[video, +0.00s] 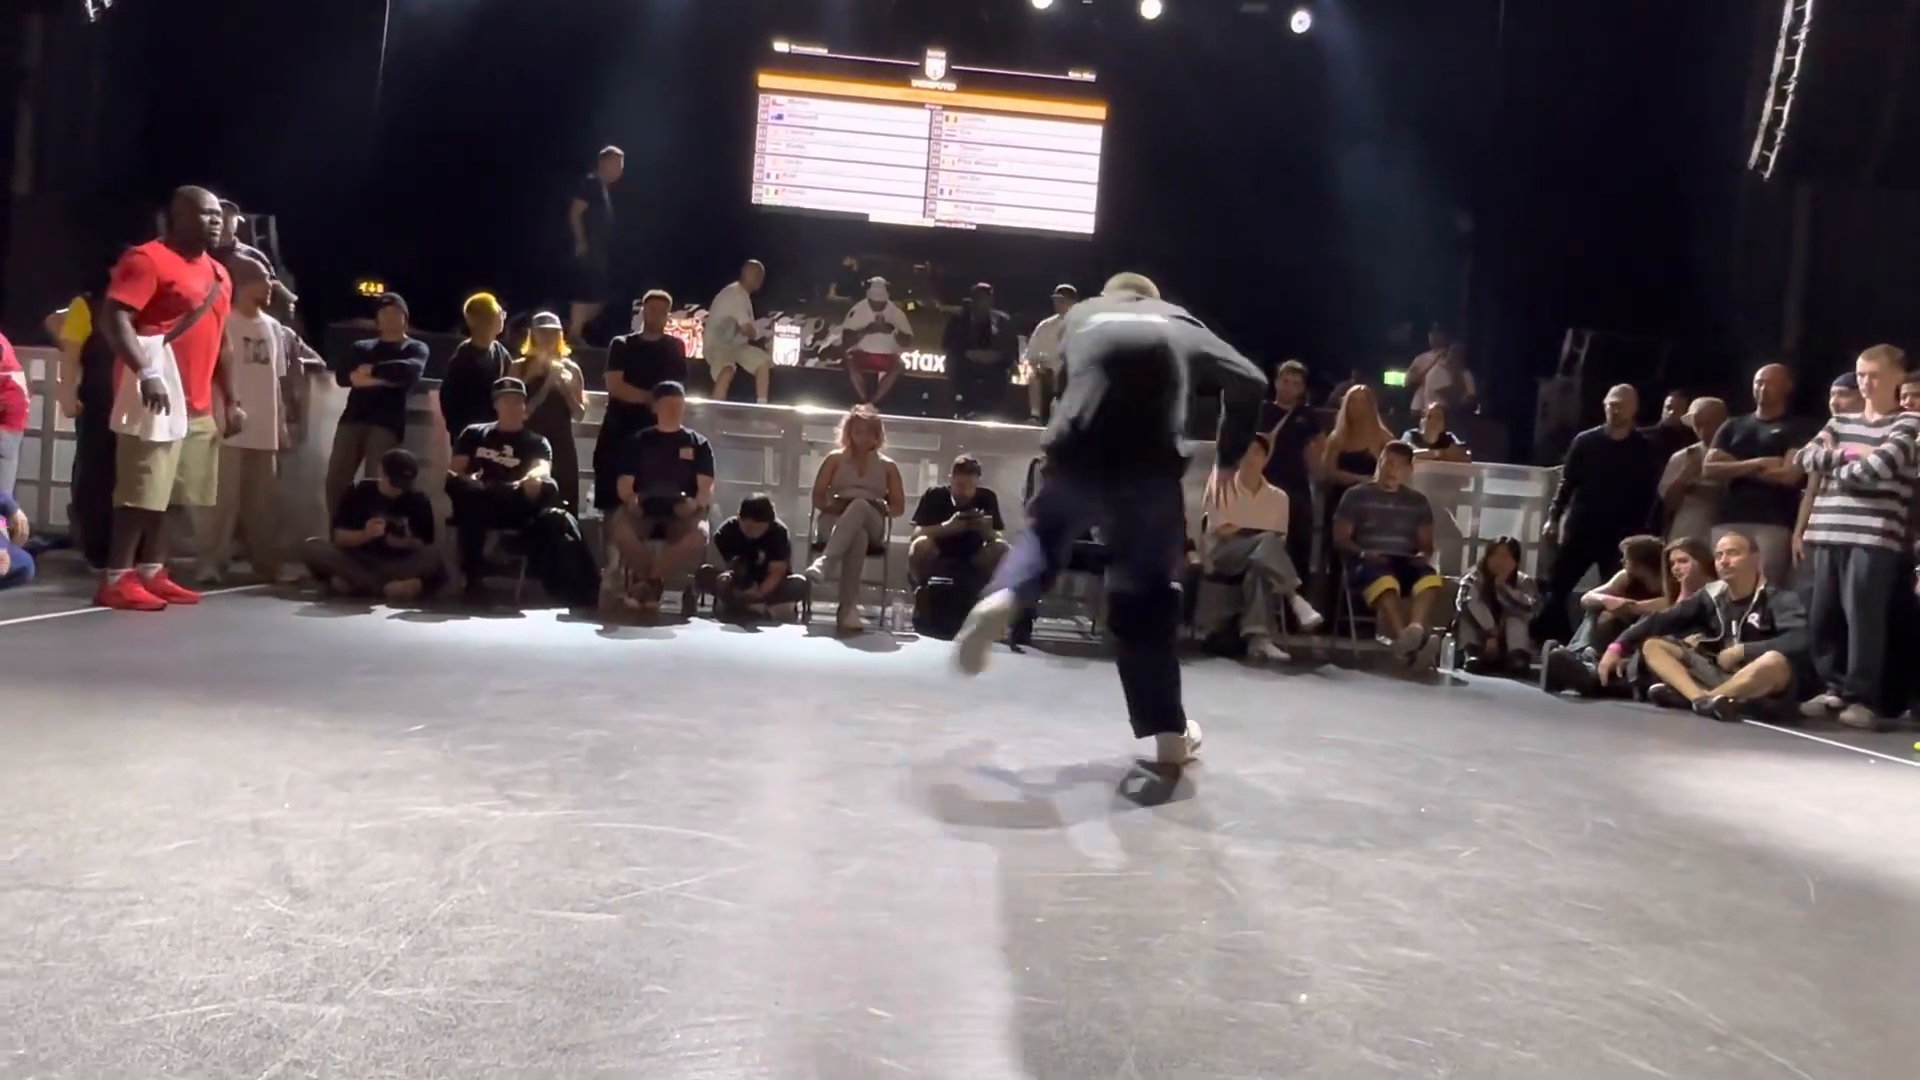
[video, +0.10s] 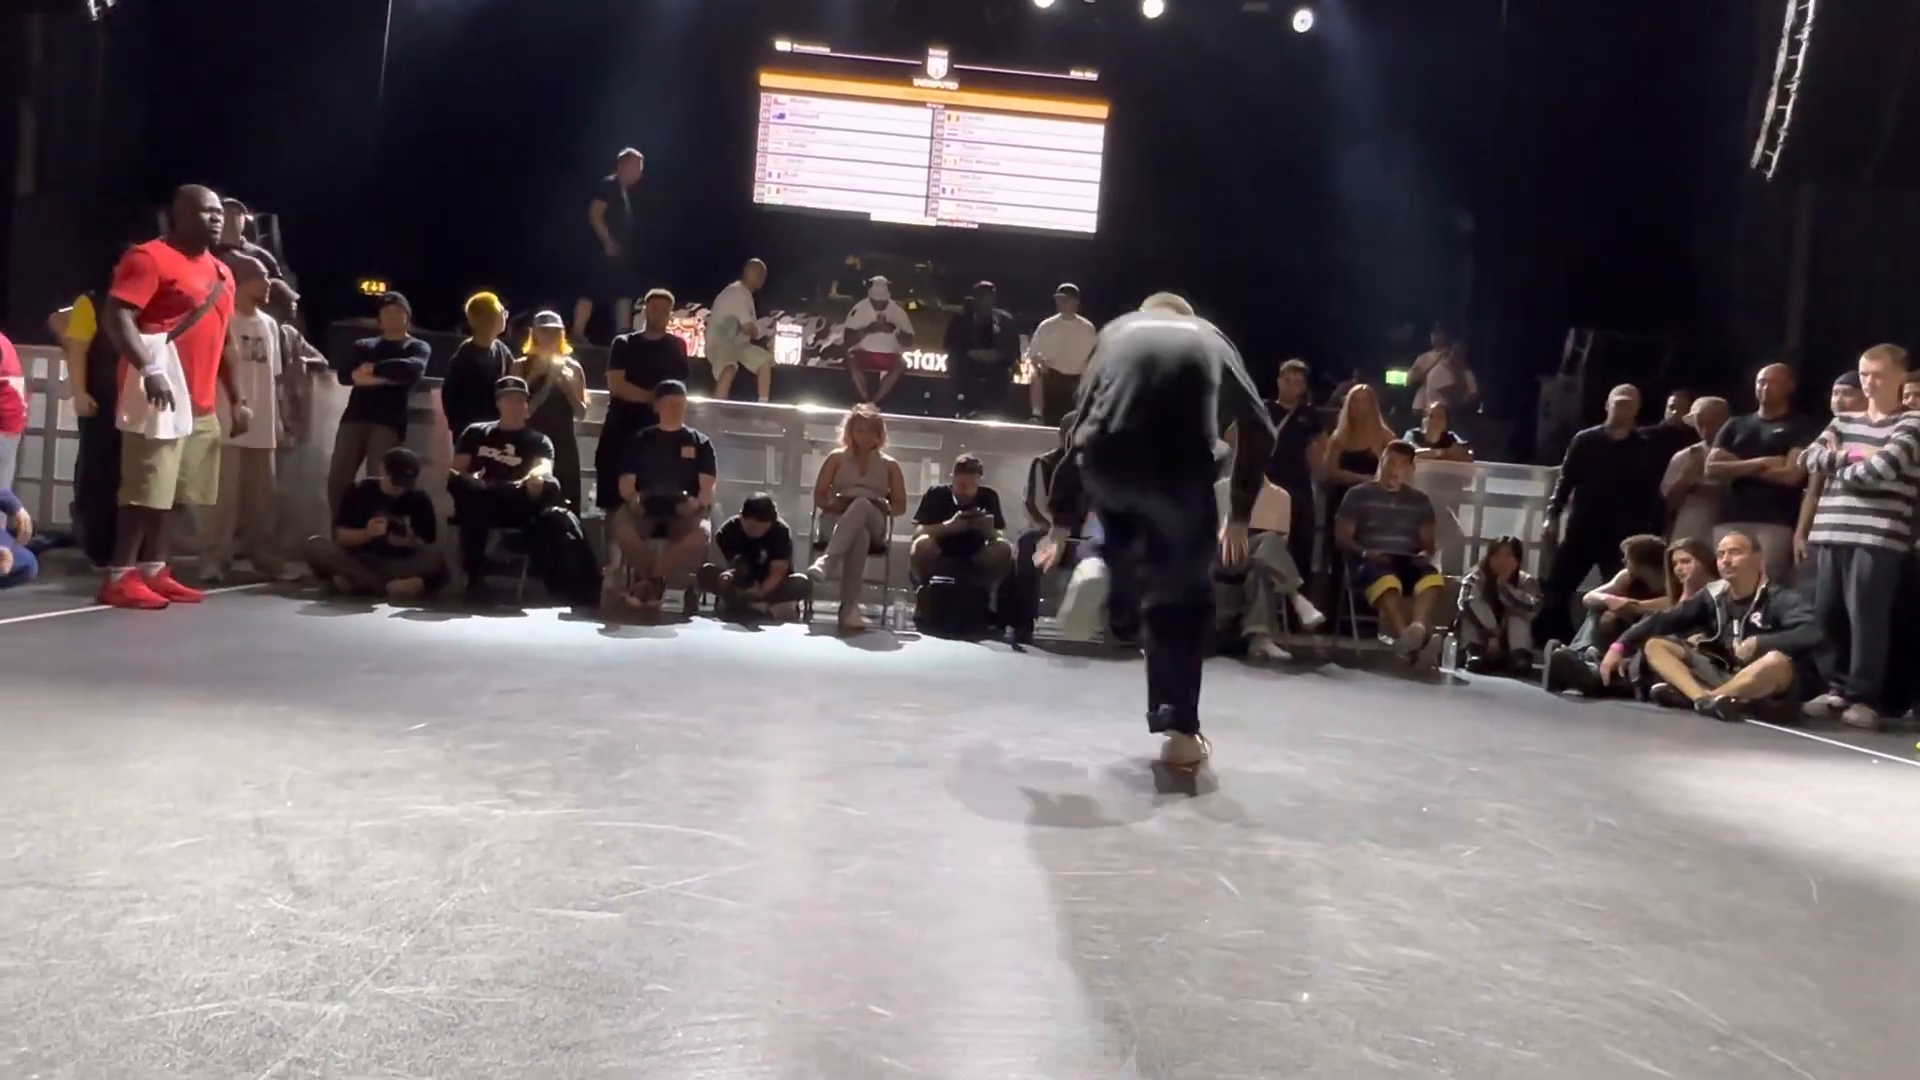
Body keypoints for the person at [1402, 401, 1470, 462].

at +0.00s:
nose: (1433, 422)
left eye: (1438, 418)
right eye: (1429, 417)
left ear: (1444, 421)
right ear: (1423, 420)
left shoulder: (1449, 438)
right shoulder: (1411, 436)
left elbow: (1464, 456)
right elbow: (1408, 454)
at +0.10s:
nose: (1436, 421)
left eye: (1440, 417)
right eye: (1432, 416)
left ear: (1446, 421)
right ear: (1425, 419)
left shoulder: (1451, 437)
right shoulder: (1413, 435)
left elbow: (1466, 455)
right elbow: (1411, 453)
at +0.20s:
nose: (1437, 420)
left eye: (1442, 416)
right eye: (1433, 415)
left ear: (1448, 420)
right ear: (1426, 418)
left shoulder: (1452, 437)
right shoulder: (1414, 434)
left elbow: (1467, 454)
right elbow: (1412, 452)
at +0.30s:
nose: (1438, 419)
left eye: (1443, 415)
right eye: (1434, 414)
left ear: (1449, 419)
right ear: (1427, 416)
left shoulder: (1454, 435)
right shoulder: (1415, 433)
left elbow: (1468, 453)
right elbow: (1413, 451)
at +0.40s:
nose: (1439, 418)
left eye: (1444, 414)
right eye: (1435, 413)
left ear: (1450, 419)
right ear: (1429, 416)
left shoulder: (1454, 434)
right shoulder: (1416, 432)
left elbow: (1470, 452)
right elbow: (1416, 450)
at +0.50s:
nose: (1440, 418)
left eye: (1445, 414)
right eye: (1436, 413)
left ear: (1451, 418)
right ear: (1430, 415)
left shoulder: (1456, 434)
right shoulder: (1417, 432)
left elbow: (1471, 452)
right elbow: (1415, 450)